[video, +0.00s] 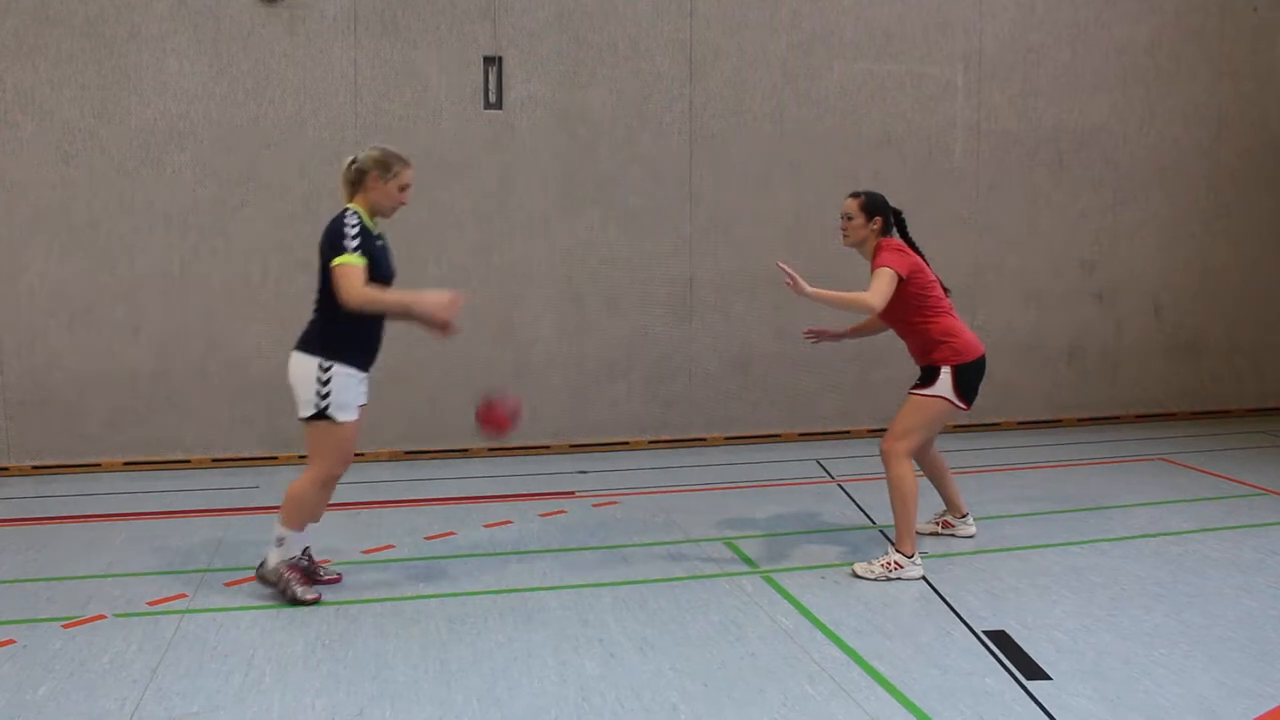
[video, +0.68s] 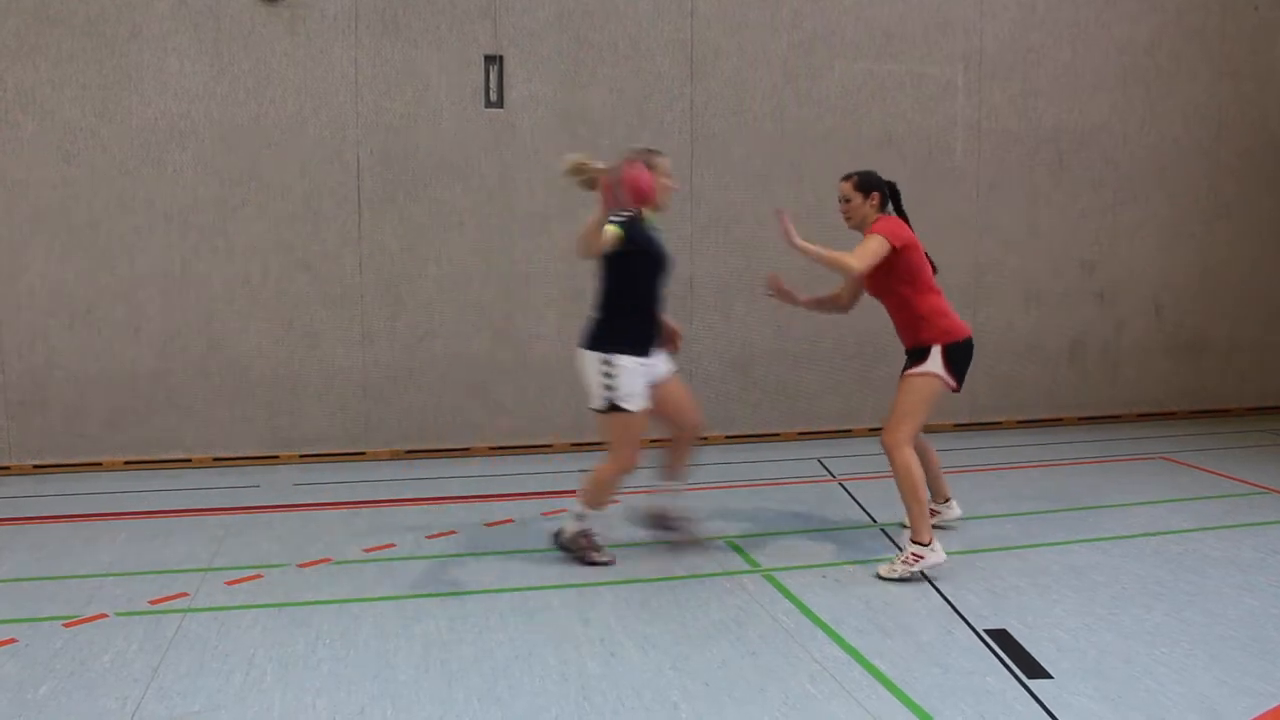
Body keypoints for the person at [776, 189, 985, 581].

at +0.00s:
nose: (841, 226)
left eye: (848, 219)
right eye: (841, 219)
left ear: (875, 223)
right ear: (872, 225)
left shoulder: (890, 253)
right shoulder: (889, 255)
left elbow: (874, 302)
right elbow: (889, 318)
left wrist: (811, 292)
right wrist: (843, 333)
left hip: (951, 363)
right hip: (949, 360)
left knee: (895, 449)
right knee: (918, 443)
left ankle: (905, 556)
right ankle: (959, 516)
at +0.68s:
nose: (842, 209)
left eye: (847, 201)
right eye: (840, 202)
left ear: (873, 200)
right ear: (869, 202)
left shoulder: (889, 228)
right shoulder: (871, 242)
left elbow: (858, 264)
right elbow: (844, 302)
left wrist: (800, 245)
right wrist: (799, 302)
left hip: (941, 344)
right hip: (926, 346)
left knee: (896, 440)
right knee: (907, 430)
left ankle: (923, 546)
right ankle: (942, 503)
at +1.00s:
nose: (836, 254)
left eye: (843, 247)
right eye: (836, 248)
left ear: (869, 251)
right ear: (859, 253)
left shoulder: (881, 272)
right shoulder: (860, 303)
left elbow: (865, 284)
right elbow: (845, 360)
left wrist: (814, 261)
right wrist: (806, 341)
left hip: (937, 391)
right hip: (912, 395)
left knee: (882, 465)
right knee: (891, 460)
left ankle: (924, 565)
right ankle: (949, 511)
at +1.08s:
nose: (848, 256)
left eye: (856, 248)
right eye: (847, 250)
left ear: (877, 253)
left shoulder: (889, 275)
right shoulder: (861, 305)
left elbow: (895, 291)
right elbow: (853, 361)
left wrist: (848, 267)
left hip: (934, 395)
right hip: (911, 398)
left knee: (877, 466)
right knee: (883, 463)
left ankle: (919, 565)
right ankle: (947, 512)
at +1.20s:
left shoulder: (900, 270)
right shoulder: (859, 285)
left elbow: (935, 299)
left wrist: (890, 267)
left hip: (940, 393)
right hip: (912, 396)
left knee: (883, 460)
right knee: (883, 467)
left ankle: (915, 566)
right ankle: (946, 512)